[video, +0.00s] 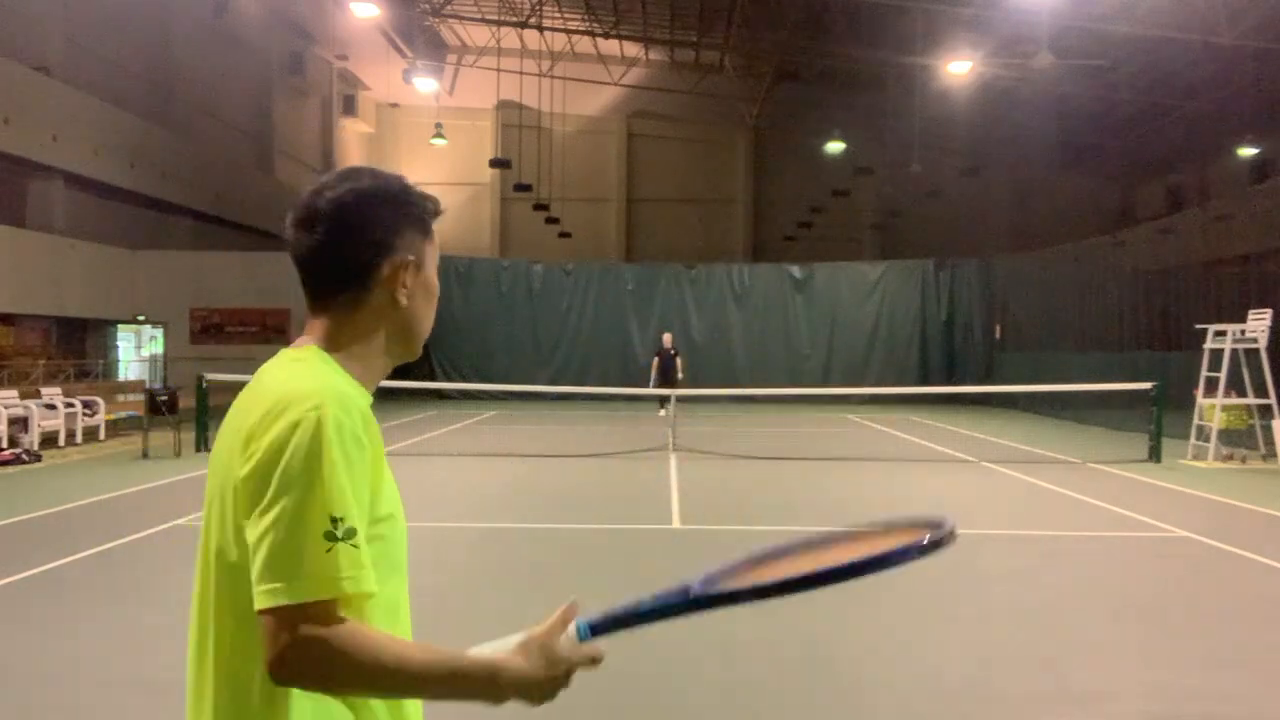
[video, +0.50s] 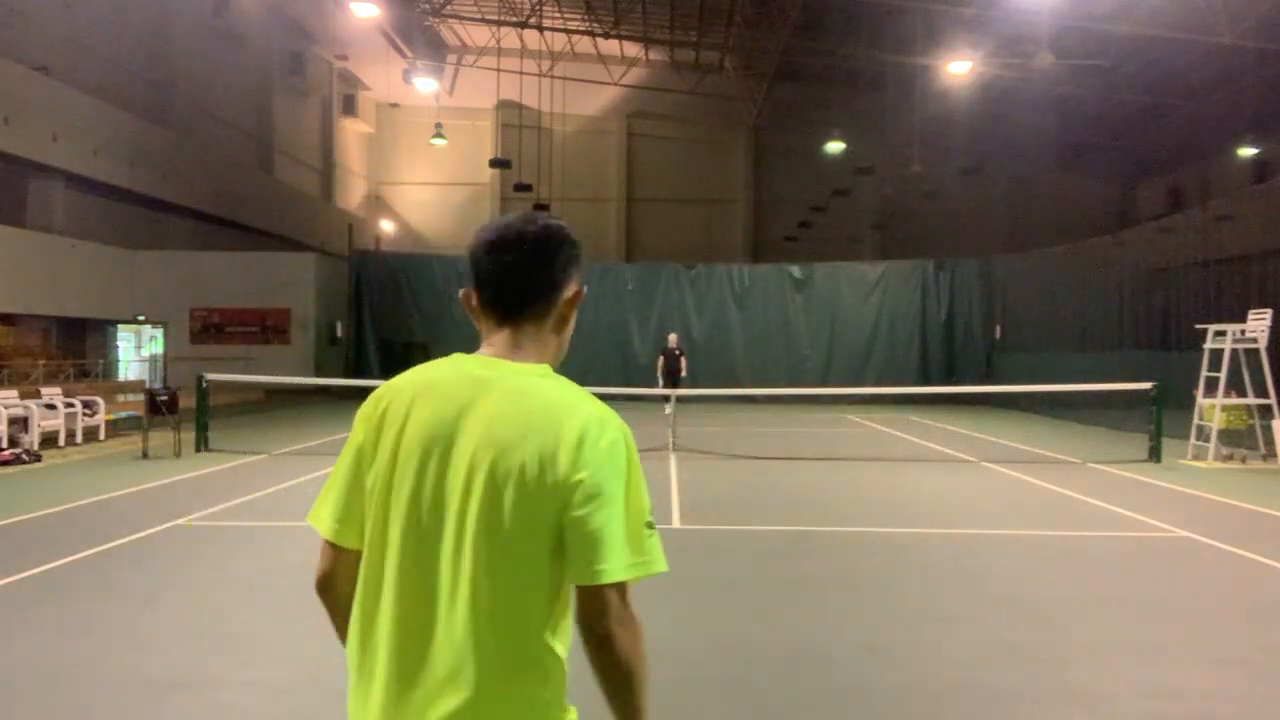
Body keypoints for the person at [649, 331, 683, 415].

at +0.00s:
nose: (667, 342)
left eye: (668, 339)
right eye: (665, 339)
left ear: (671, 340)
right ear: (662, 341)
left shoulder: (675, 352)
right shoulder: (659, 352)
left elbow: (678, 362)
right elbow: (654, 364)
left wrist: (679, 372)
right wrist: (653, 375)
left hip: (671, 374)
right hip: (661, 374)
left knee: (671, 390)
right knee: (661, 390)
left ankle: (669, 405)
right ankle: (662, 407)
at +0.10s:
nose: (668, 342)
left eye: (669, 340)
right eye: (666, 340)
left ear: (672, 340)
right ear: (663, 341)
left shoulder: (676, 352)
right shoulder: (661, 352)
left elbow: (679, 362)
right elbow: (656, 363)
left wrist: (680, 372)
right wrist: (653, 373)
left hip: (672, 374)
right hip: (663, 374)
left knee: (672, 390)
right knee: (662, 390)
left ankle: (671, 406)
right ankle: (662, 408)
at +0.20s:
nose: (669, 342)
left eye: (671, 340)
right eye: (668, 340)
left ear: (674, 341)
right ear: (665, 341)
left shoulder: (677, 352)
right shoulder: (662, 352)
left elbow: (680, 362)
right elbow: (656, 363)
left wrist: (680, 371)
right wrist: (654, 373)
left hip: (673, 374)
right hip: (664, 374)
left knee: (672, 389)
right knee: (662, 389)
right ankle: (662, 407)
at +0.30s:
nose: (671, 342)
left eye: (672, 340)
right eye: (669, 340)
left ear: (675, 341)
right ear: (667, 341)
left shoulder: (678, 351)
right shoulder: (664, 351)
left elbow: (681, 361)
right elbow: (658, 362)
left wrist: (681, 370)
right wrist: (656, 371)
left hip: (674, 373)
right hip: (665, 373)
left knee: (675, 388)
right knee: (663, 389)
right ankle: (663, 406)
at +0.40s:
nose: (672, 341)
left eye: (674, 339)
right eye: (670, 339)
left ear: (676, 340)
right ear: (668, 340)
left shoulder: (678, 351)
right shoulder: (665, 351)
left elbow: (682, 360)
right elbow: (659, 361)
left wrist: (682, 369)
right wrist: (658, 371)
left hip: (675, 372)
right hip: (666, 372)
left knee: (675, 388)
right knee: (665, 388)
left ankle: (672, 403)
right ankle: (665, 405)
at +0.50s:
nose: (673, 341)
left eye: (674, 339)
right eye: (671, 339)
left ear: (676, 340)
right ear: (668, 340)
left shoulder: (679, 351)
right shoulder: (665, 351)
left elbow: (683, 361)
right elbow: (660, 362)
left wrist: (683, 370)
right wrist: (659, 372)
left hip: (676, 373)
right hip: (667, 372)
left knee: (675, 389)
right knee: (666, 388)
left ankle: (672, 403)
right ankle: (667, 404)